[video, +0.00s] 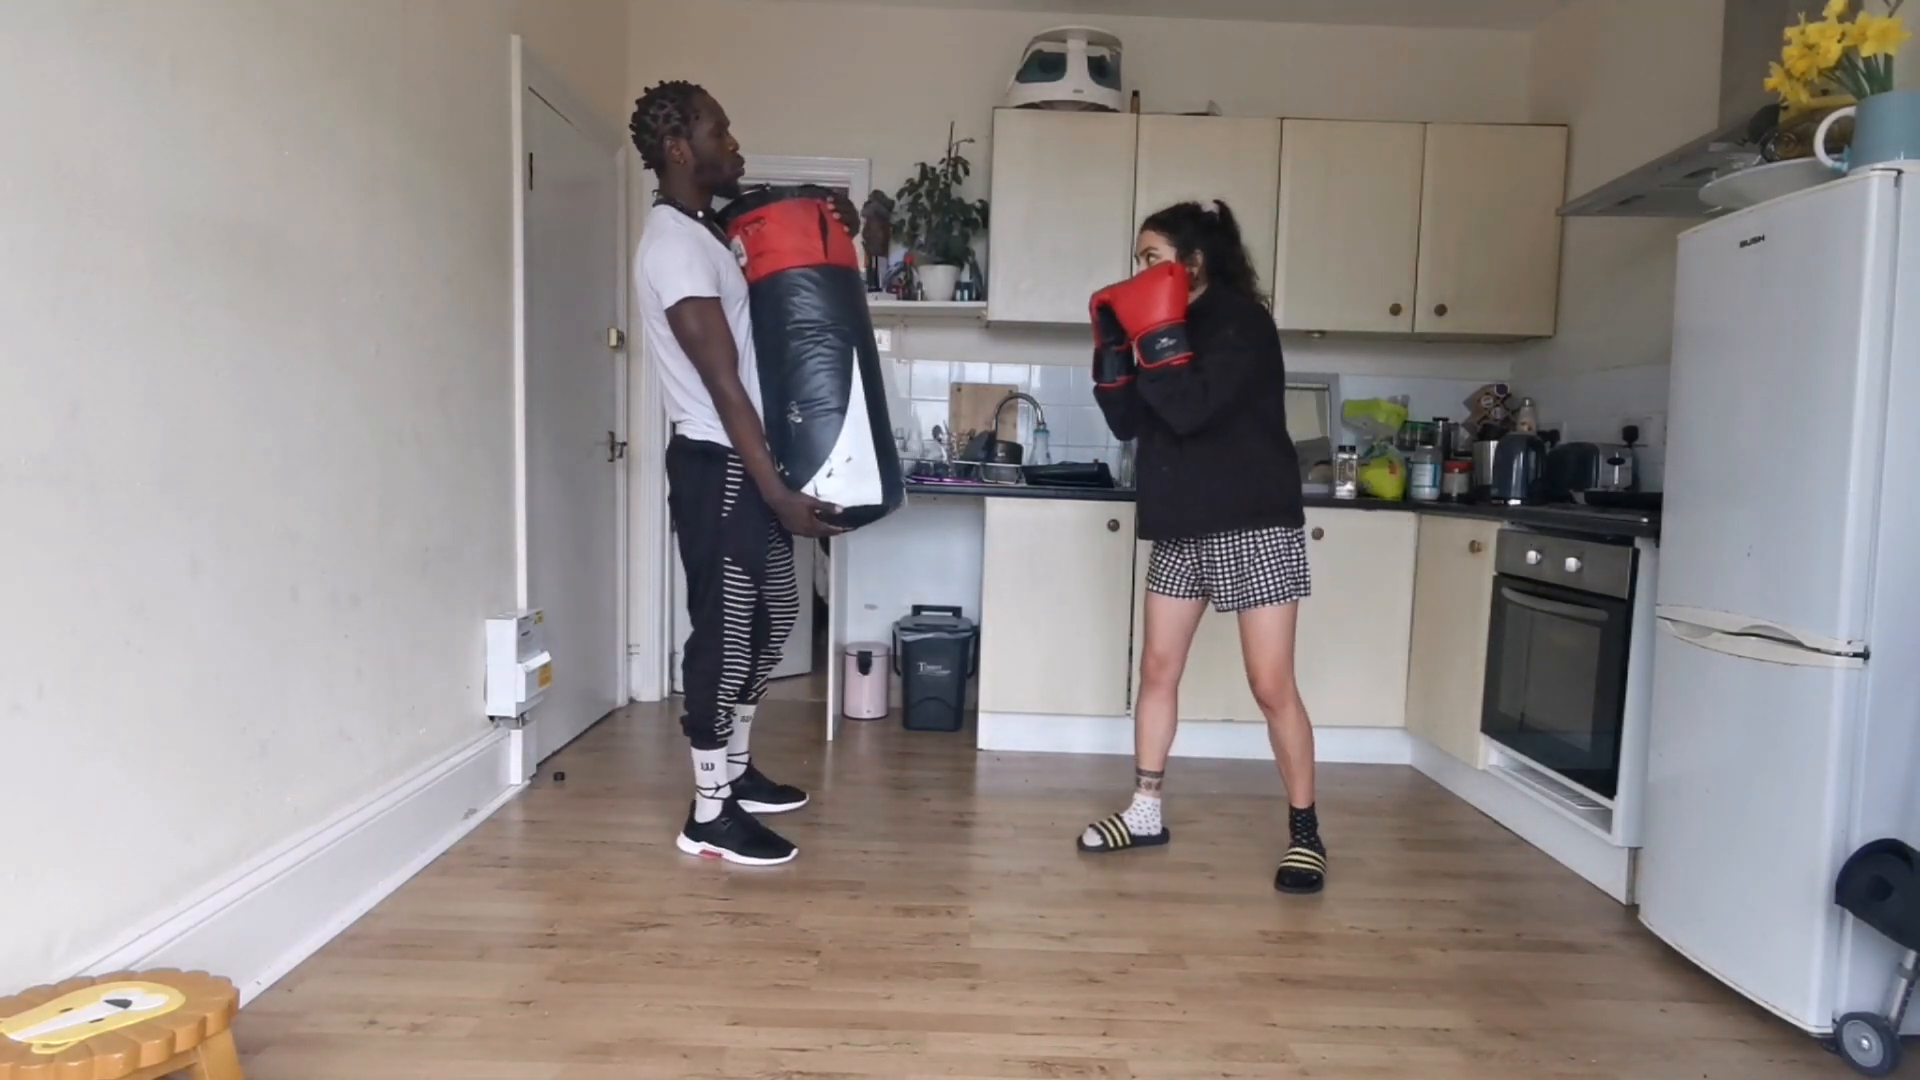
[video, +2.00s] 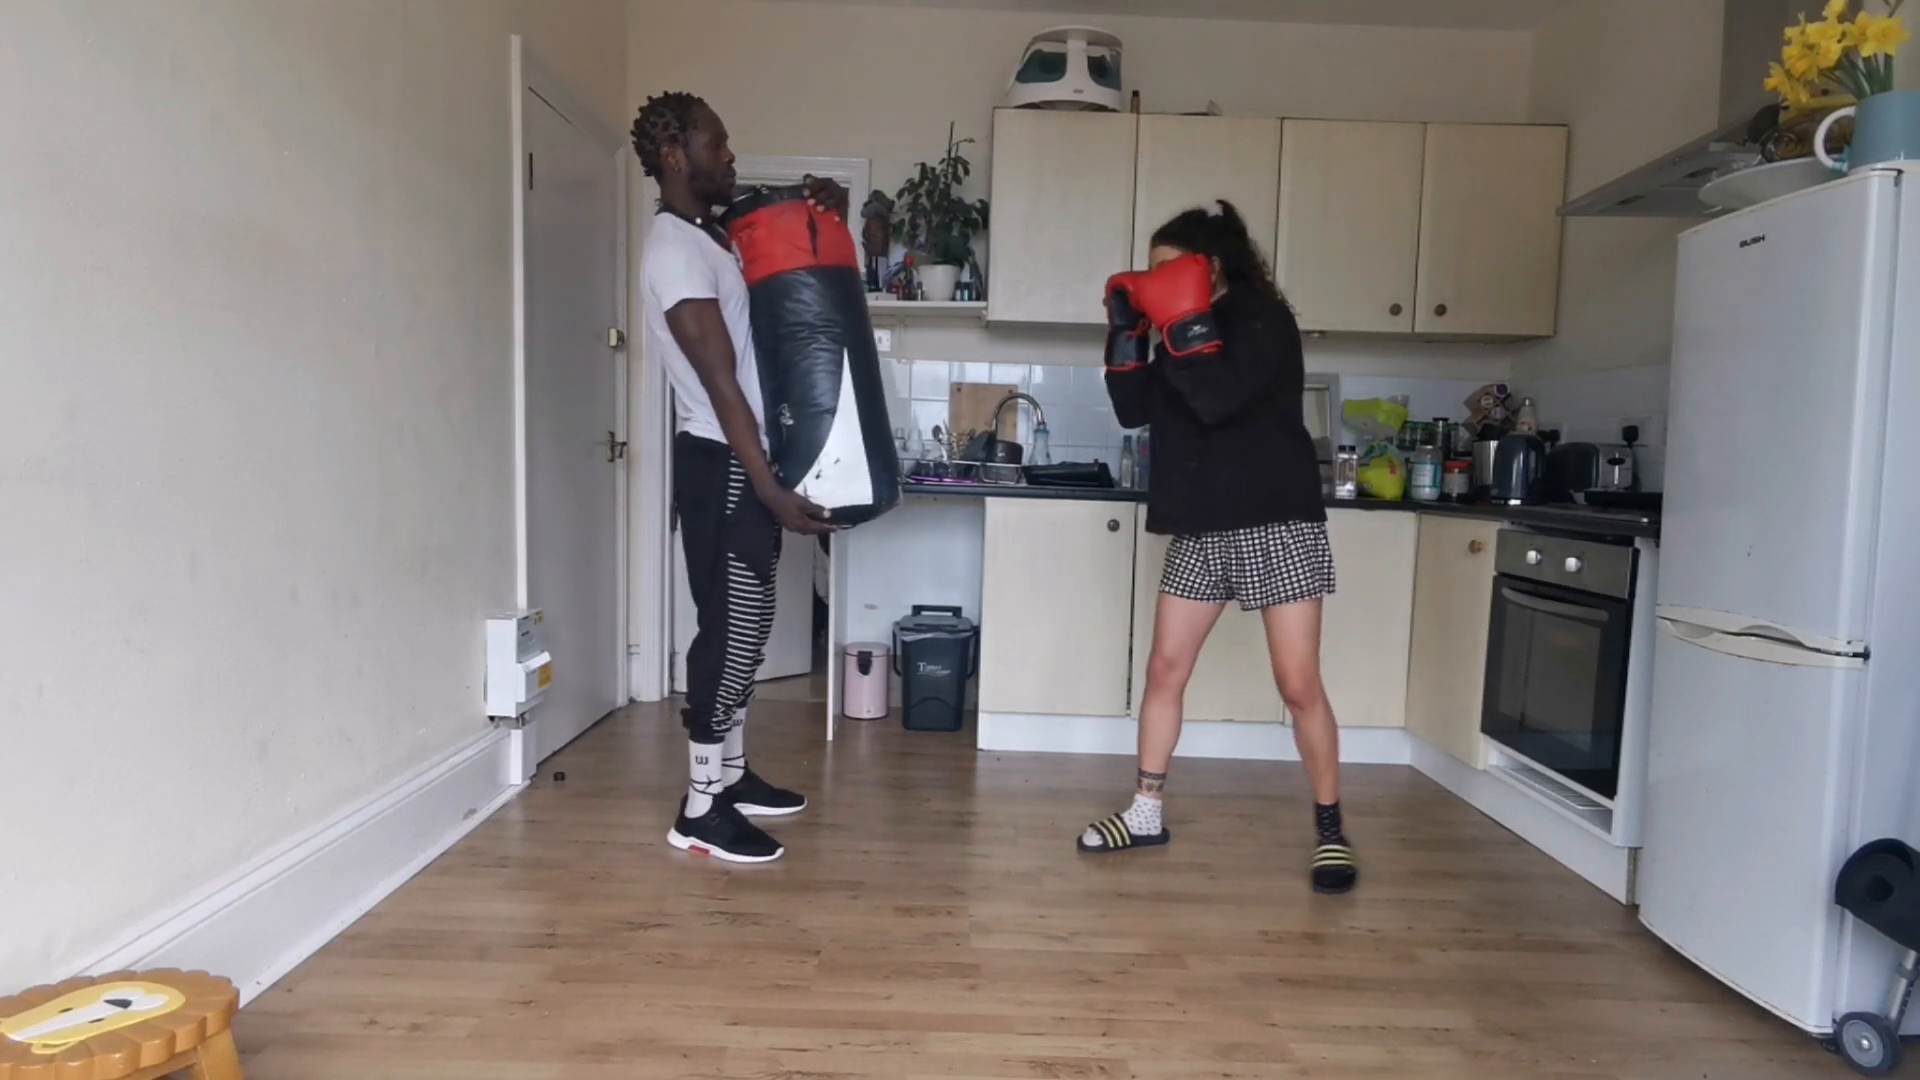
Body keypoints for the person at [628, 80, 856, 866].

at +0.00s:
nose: (735, 144)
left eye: (730, 130)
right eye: (720, 132)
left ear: (681, 148)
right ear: (676, 146)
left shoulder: (709, 233)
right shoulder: (673, 240)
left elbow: (776, 316)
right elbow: (722, 378)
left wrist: (826, 233)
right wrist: (776, 486)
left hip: (749, 450)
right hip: (713, 455)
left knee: (772, 612)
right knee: (725, 621)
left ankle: (731, 768)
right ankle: (710, 811)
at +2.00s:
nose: (730, 155)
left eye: (727, 142)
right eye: (716, 143)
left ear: (681, 155)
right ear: (672, 153)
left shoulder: (707, 236)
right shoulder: (672, 243)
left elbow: (781, 289)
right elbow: (718, 377)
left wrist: (819, 214)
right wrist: (770, 484)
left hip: (745, 450)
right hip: (717, 454)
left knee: (743, 617)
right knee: (735, 621)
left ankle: (727, 775)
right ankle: (703, 805)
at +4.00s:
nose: (751, 164)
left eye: (749, 150)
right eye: (738, 150)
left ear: (699, 160)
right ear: (693, 158)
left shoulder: (717, 241)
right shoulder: (683, 244)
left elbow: (785, 325)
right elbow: (727, 381)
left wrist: (833, 239)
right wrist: (775, 490)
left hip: (751, 449)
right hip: (717, 453)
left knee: (763, 614)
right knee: (726, 619)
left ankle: (736, 776)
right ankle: (701, 804)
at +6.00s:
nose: (747, 163)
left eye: (746, 148)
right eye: (735, 149)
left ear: (695, 157)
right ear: (688, 156)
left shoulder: (714, 236)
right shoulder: (681, 243)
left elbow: (784, 319)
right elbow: (727, 379)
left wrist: (831, 233)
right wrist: (777, 491)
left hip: (746, 449)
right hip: (717, 453)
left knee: (748, 620)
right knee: (727, 624)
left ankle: (736, 778)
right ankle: (701, 805)